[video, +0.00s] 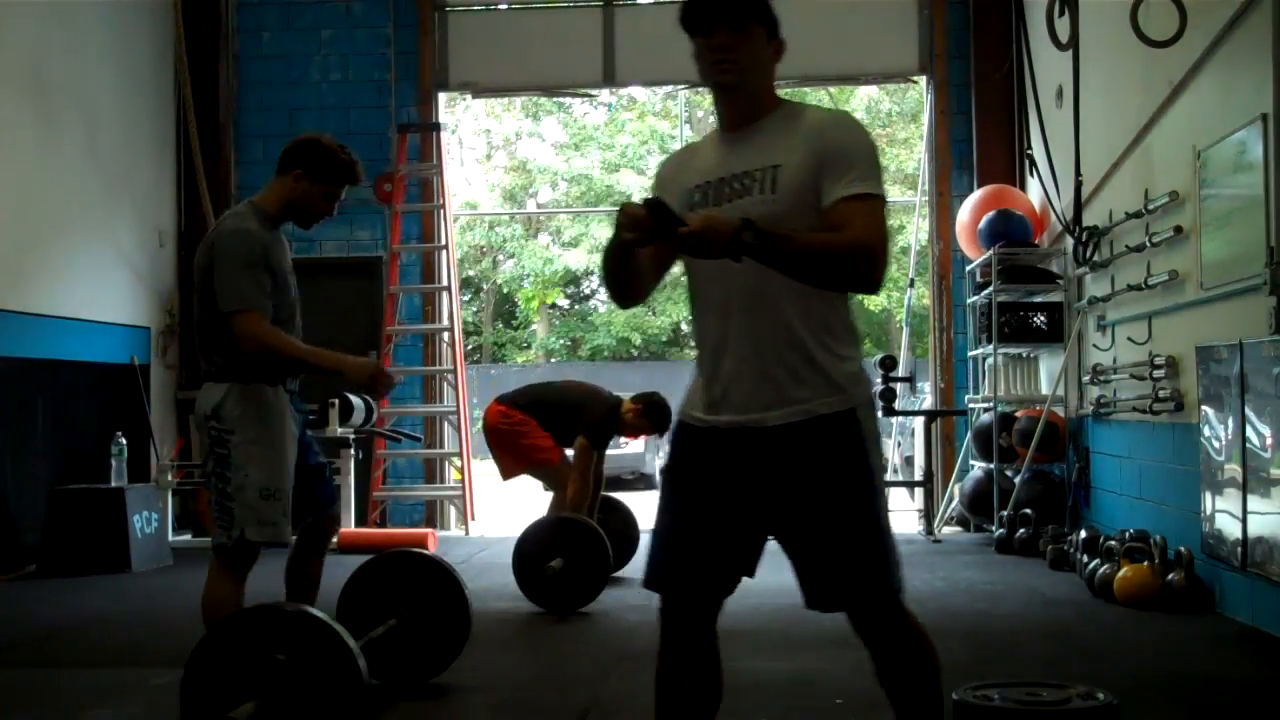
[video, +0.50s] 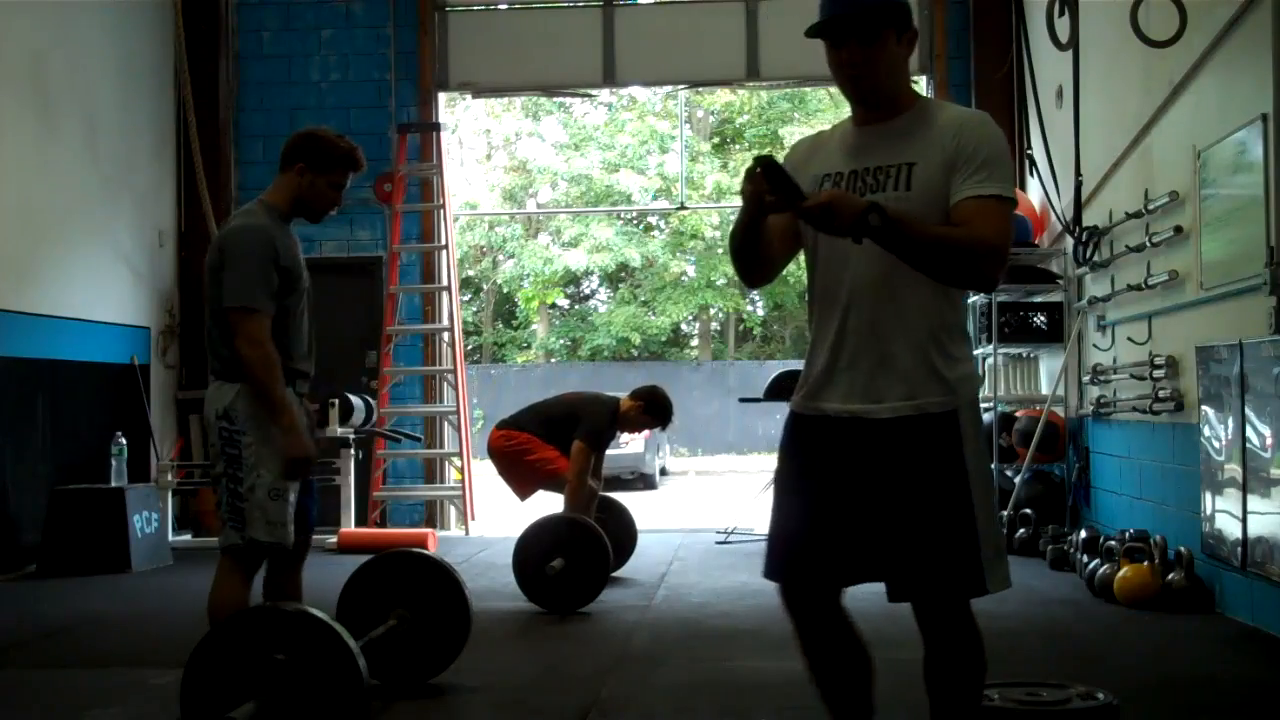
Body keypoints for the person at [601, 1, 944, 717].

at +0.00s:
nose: (718, 45)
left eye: (736, 28)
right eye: (704, 33)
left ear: (774, 44)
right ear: (693, 52)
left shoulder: (832, 136)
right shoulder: (680, 171)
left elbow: (866, 263)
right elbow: (628, 291)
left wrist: (744, 238)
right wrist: (626, 243)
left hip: (823, 418)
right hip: (714, 424)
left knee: (877, 613)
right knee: (684, 615)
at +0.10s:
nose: (759, 49)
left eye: (776, 32)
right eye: (745, 37)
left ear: (812, 46)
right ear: (732, 54)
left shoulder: (870, 138)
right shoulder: (719, 166)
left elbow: (907, 264)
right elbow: (663, 295)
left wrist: (789, 246)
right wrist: (667, 250)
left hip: (861, 419)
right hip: (753, 423)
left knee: (910, 616)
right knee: (715, 619)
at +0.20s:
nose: (793, 47)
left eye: (811, 30)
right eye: (778, 34)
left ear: (848, 44)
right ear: (764, 51)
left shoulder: (907, 137)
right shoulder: (748, 166)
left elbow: (946, 265)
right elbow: (700, 294)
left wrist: (828, 247)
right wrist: (701, 251)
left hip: (892, 416)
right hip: (784, 418)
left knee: (927, 615)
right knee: (739, 615)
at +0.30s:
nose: (820, 46)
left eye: (838, 28)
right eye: (805, 31)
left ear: (876, 38)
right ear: (791, 46)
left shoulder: (936, 134)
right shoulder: (775, 158)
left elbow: (971, 267)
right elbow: (729, 285)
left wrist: (854, 241)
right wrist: (724, 248)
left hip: (910, 411)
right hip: (803, 409)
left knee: (932, 608)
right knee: (758, 594)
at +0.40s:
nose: (835, 54)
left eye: (852, 36)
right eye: (823, 40)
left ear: (894, 39)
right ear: (811, 50)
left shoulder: (955, 133)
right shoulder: (796, 158)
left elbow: (978, 264)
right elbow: (746, 276)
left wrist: (862, 227)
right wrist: (745, 227)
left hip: (922, 409)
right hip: (816, 408)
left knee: (938, 606)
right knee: (776, 586)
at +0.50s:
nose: (847, 58)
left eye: (863, 40)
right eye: (836, 44)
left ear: (907, 40)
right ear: (824, 52)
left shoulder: (968, 135)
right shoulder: (809, 157)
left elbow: (983, 262)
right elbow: (755, 268)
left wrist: (869, 219)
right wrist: (752, 212)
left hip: (929, 407)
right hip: (827, 407)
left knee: (940, 601)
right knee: (802, 584)